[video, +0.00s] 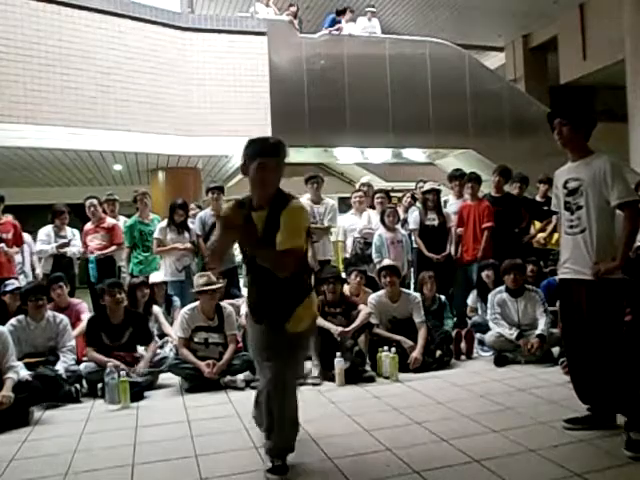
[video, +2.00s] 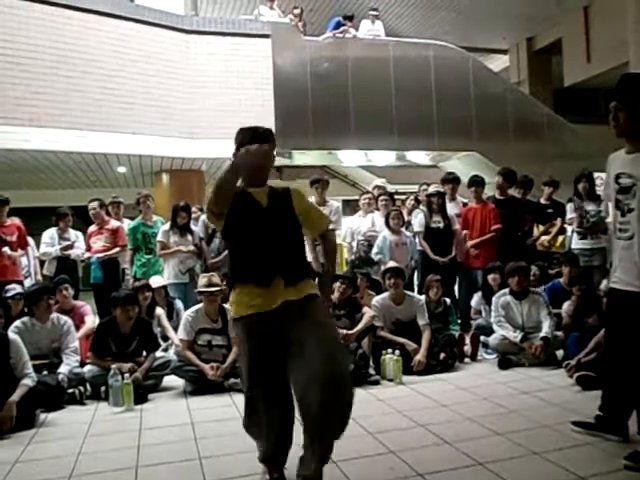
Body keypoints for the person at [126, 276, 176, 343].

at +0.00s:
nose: (144, 292)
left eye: (146, 288)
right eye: (140, 289)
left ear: (150, 290)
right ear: (133, 292)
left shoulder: (154, 309)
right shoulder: (127, 311)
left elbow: (166, 327)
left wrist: (176, 339)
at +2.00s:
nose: (146, 295)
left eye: (148, 291)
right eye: (142, 292)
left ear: (152, 293)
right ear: (137, 295)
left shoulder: (158, 311)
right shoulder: (133, 312)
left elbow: (168, 329)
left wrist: (176, 342)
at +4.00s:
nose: (146, 296)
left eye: (149, 292)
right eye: (142, 293)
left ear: (152, 294)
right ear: (137, 295)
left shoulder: (158, 311)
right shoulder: (134, 312)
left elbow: (168, 329)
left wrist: (177, 343)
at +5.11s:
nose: (147, 295)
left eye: (149, 291)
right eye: (143, 292)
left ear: (153, 294)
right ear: (137, 295)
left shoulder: (158, 311)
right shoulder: (133, 312)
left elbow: (168, 329)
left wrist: (178, 344)